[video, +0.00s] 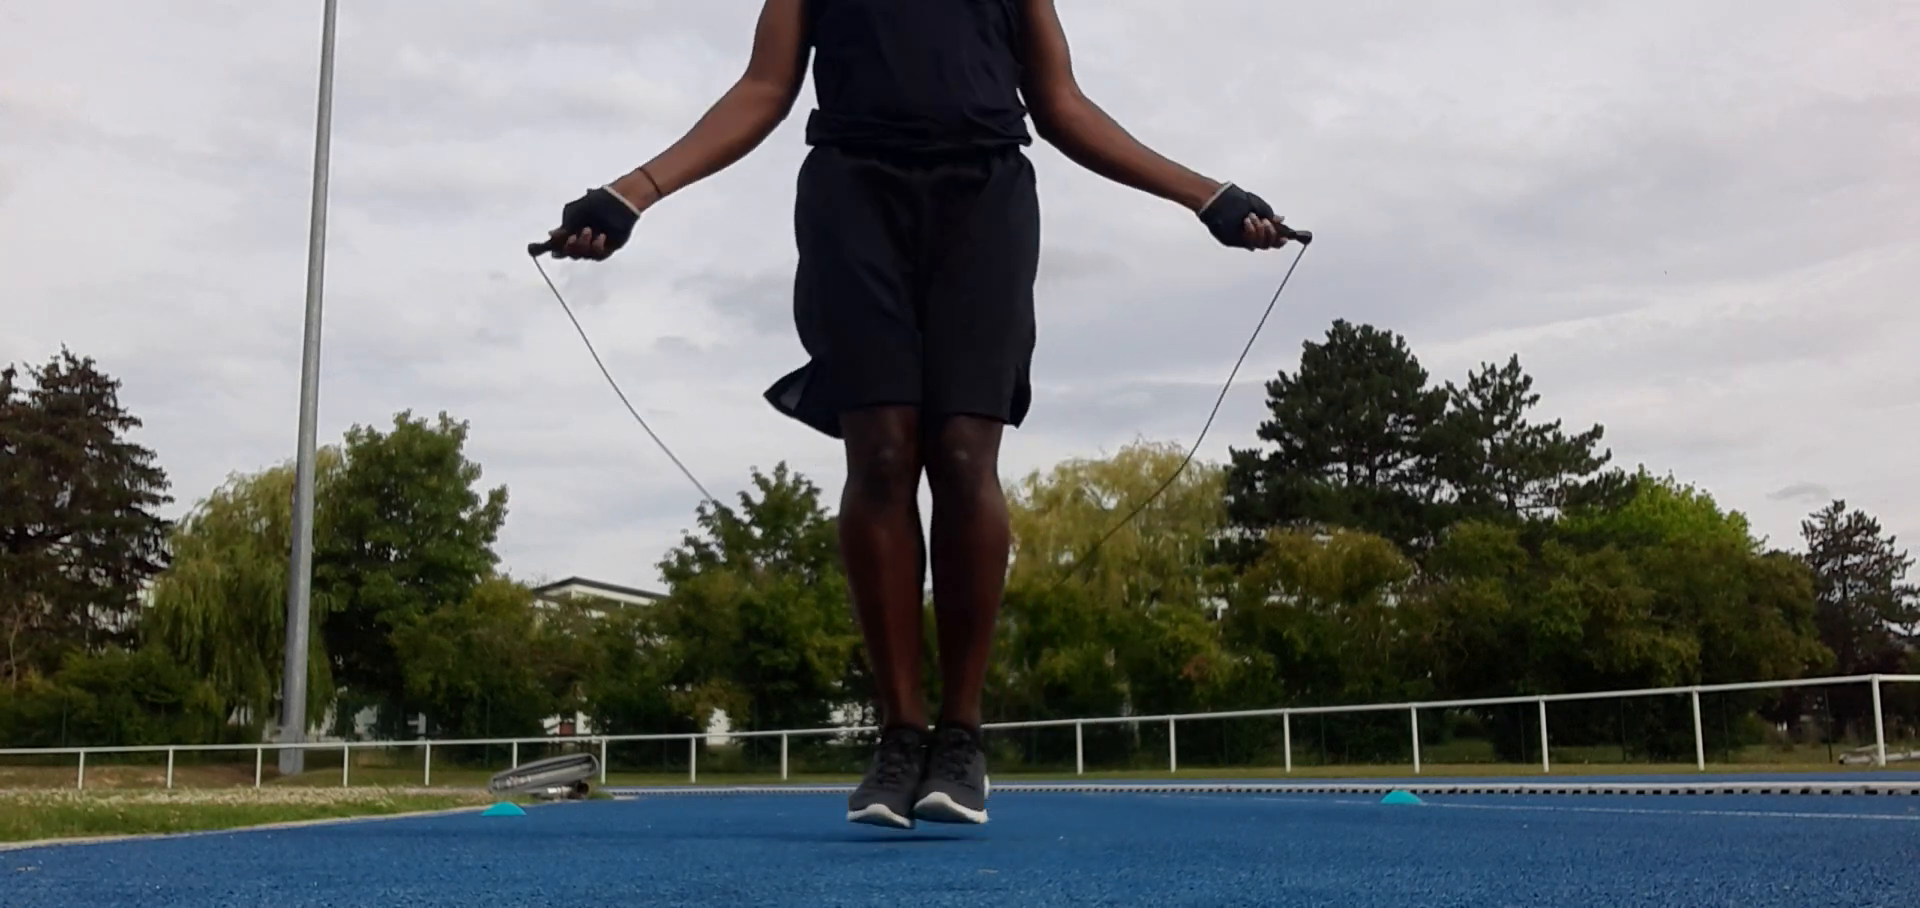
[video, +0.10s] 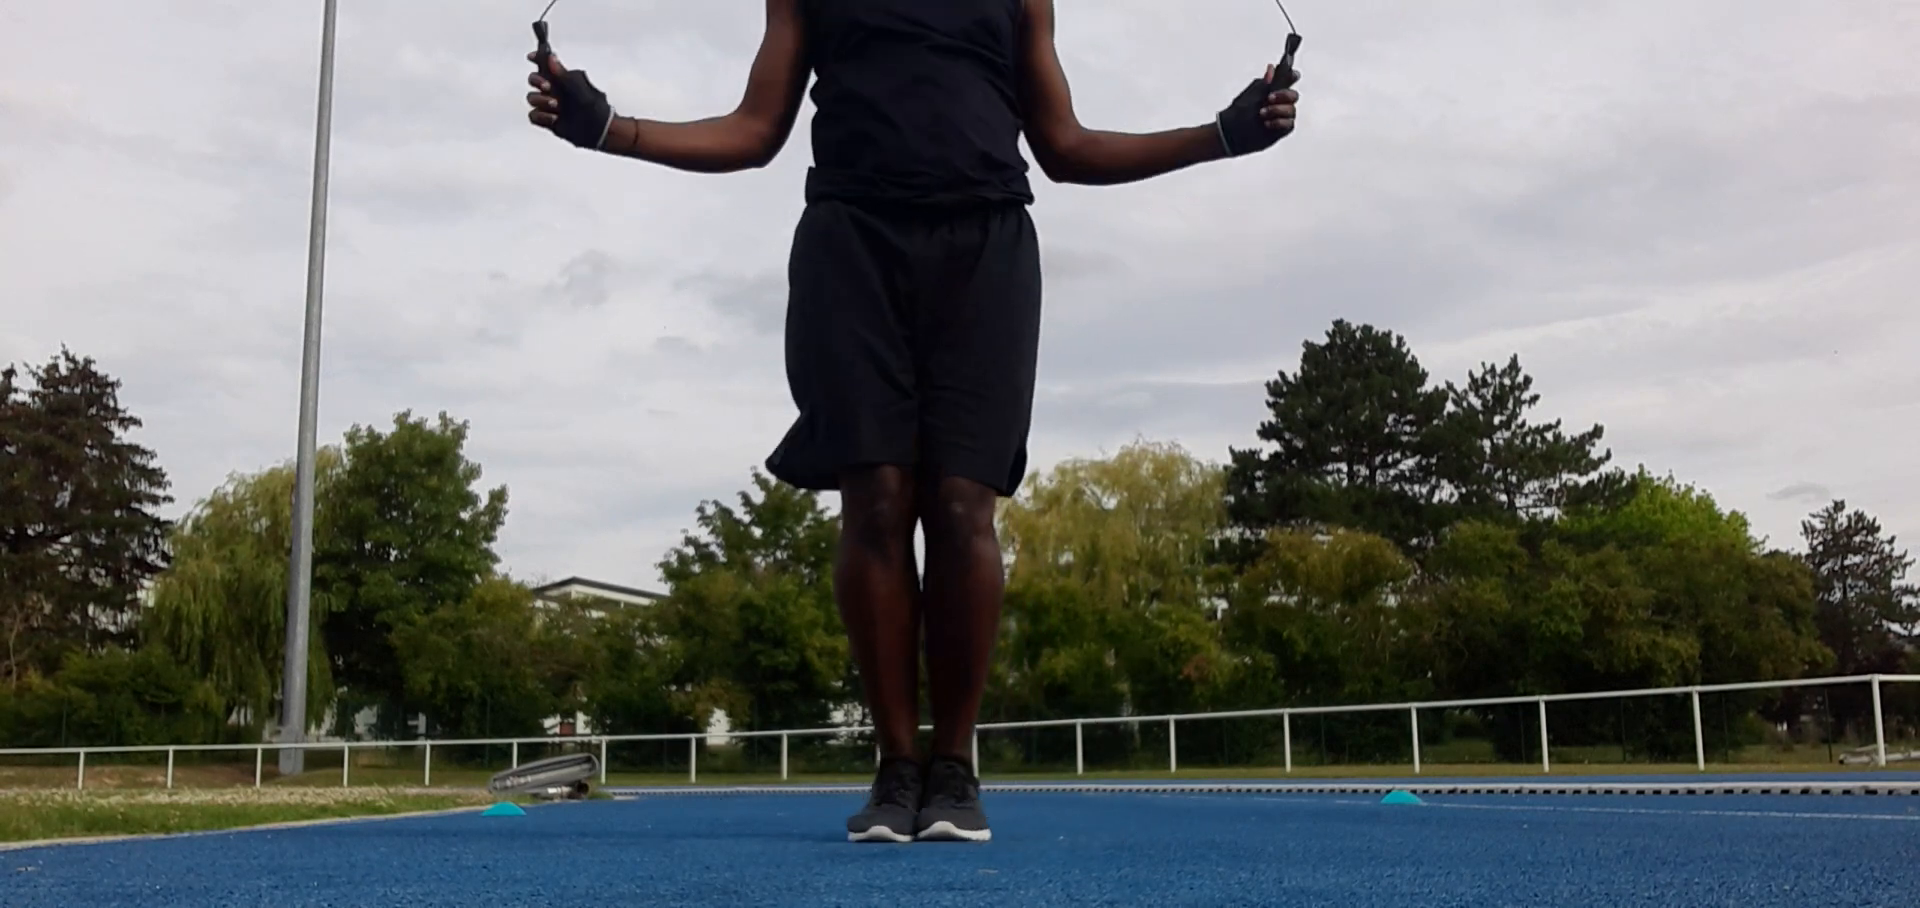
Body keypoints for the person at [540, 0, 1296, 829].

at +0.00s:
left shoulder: (1013, 4)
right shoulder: (810, 2)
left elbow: (1062, 105)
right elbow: (764, 87)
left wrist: (1205, 192)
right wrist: (633, 190)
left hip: (987, 188)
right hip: (853, 186)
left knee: (964, 452)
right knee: (880, 450)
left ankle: (960, 739)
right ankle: (899, 741)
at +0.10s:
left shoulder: (1018, 12)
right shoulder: (808, 10)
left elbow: (1066, 146)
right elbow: (754, 129)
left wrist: (1224, 133)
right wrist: (605, 126)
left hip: (984, 240)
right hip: (852, 240)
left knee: (961, 505)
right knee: (875, 501)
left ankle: (953, 775)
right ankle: (897, 775)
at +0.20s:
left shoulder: (1013, 4)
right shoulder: (804, 2)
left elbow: (1068, 116)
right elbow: (755, 100)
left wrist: (1205, 172)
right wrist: (638, 157)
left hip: (981, 221)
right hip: (850, 220)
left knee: (962, 478)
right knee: (872, 476)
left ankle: (957, 763)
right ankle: (893, 767)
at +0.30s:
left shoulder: (1010, 1)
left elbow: (1066, 95)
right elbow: (758, 75)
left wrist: (1194, 201)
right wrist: (646, 197)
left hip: (980, 184)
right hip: (848, 186)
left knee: (961, 446)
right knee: (873, 440)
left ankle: (962, 729)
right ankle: (891, 731)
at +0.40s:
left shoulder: (1009, 7)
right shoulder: (809, 7)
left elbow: (1059, 116)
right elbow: (764, 103)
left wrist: (1217, 149)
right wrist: (625, 155)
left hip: (982, 203)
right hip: (847, 204)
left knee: (959, 470)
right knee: (874, 466)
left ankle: (963, 760)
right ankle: (897, 763)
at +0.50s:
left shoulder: (1011, 6)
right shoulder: (802, 7)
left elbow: (1074, 136)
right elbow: (744, 131)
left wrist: (1214, 135)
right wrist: (617, 129)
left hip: (980, 248)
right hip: (849, 248)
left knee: (962, 506)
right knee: (871, 504)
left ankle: (958, 773)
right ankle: (903, 775)